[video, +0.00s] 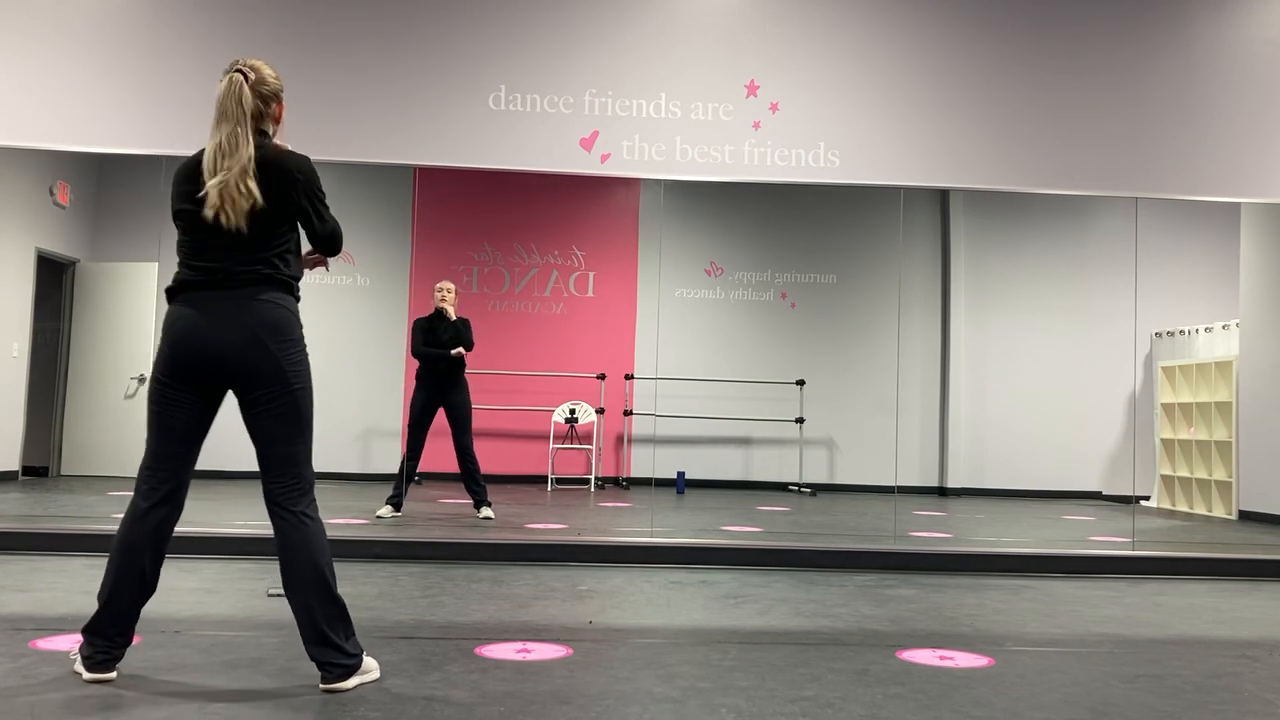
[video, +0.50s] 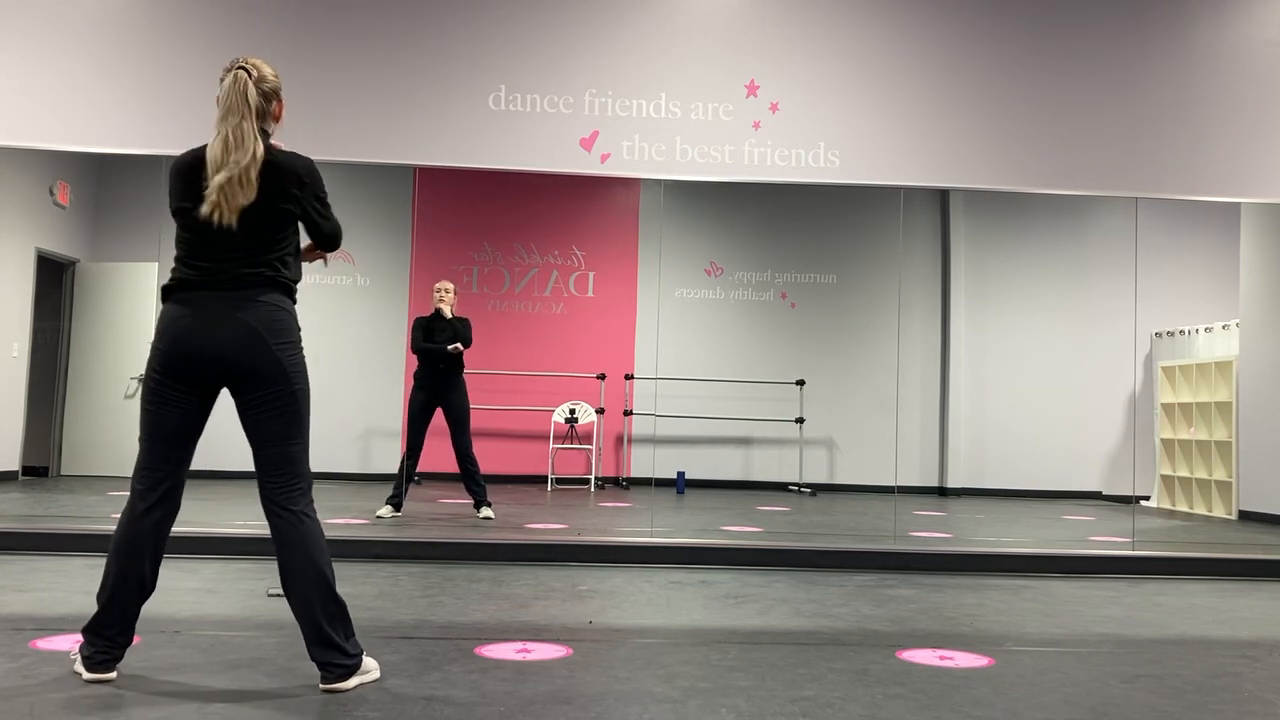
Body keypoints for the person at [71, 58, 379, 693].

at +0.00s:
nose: (286, 114)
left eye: (283, 104)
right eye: (285, 105)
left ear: (225, 108)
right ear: (273, 110)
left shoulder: (187, 169)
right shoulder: (291, 167)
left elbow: (201, 244)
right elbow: (330, 242)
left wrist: (295, 258)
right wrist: (312, 247)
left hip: (189, 327)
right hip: (268, 327)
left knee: (155, 490)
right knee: (292, 497)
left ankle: (101, 649)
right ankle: (338, 659)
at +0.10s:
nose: (286, 114)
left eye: (284, 105)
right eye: (284, 105)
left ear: (223, 107)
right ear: (271, 109)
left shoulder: (190, 173)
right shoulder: (290, 167)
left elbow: (209, 247)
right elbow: (329, 244)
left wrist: (298, 260)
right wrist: (312, 248)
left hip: (202, 330)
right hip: (279, 328)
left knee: (168, 490)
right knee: (301, 496)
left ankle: (101, 648)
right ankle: (338, 659)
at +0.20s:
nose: (287, 117)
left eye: (285, 107)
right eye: (285, 107)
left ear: (220, 109)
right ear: (270, 110)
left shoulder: (190, 179)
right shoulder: (290, 169)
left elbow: (200, 253)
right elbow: (324, 250)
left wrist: (300, 264)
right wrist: (319, 255)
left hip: (213, 333)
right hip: (289, 327)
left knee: (180, 492)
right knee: (310, 495)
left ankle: (103, 647)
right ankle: (340, 660)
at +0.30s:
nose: (287, 112)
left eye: (285, 102)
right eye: (285, 103)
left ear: (220, 107)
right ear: (271, 107)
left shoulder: (192, 175)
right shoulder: (292, 167)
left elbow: (212, 247)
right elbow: (331, 244)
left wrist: (302, 255)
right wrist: (306, 242)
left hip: (207, 329)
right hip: (285, 327)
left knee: (171, 490)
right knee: (304, 494)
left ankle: (102, 648)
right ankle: (339, 659)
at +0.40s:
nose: (288, 113)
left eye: (285, 104)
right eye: (287, 104)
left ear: (225, 107)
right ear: (275, 108)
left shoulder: (193, 170)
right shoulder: (296, 165)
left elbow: (220, 241)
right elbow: (338, 236)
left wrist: (309, 252)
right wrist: (320, 243)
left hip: (193, 326)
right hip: (273, 325)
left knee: (159, 490)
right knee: (296, 497)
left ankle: (101, 649)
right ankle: (338, 659)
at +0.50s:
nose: (285, 114)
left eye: (282, 104)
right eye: (284, 105)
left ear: (223, 107)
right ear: (272, 110)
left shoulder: (186, 166)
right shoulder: (294, 169)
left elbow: (201, 237)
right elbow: (329, 239)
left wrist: (295, 250)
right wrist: (298, 246)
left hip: (183, 327)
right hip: (264, 327)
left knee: (151, 490)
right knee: (289, 497)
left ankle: (101, 649)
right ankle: (338, 659)